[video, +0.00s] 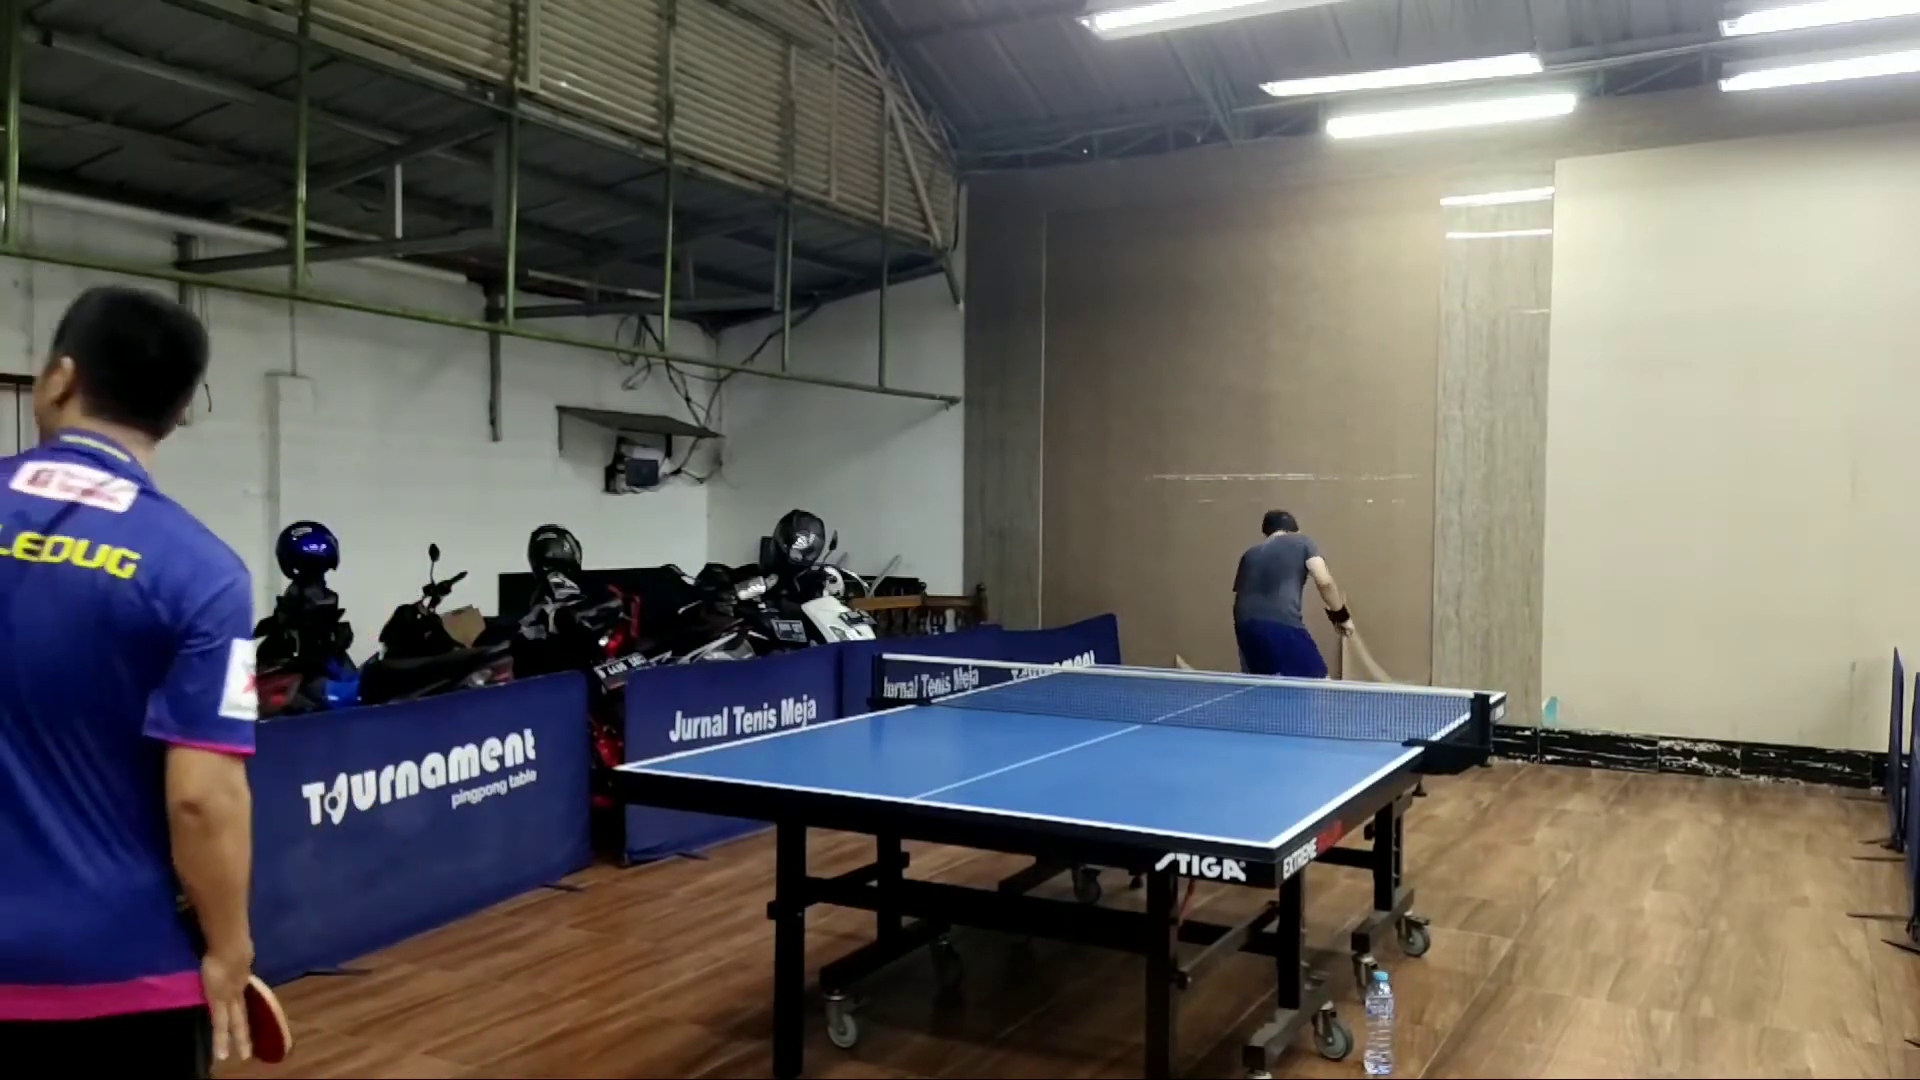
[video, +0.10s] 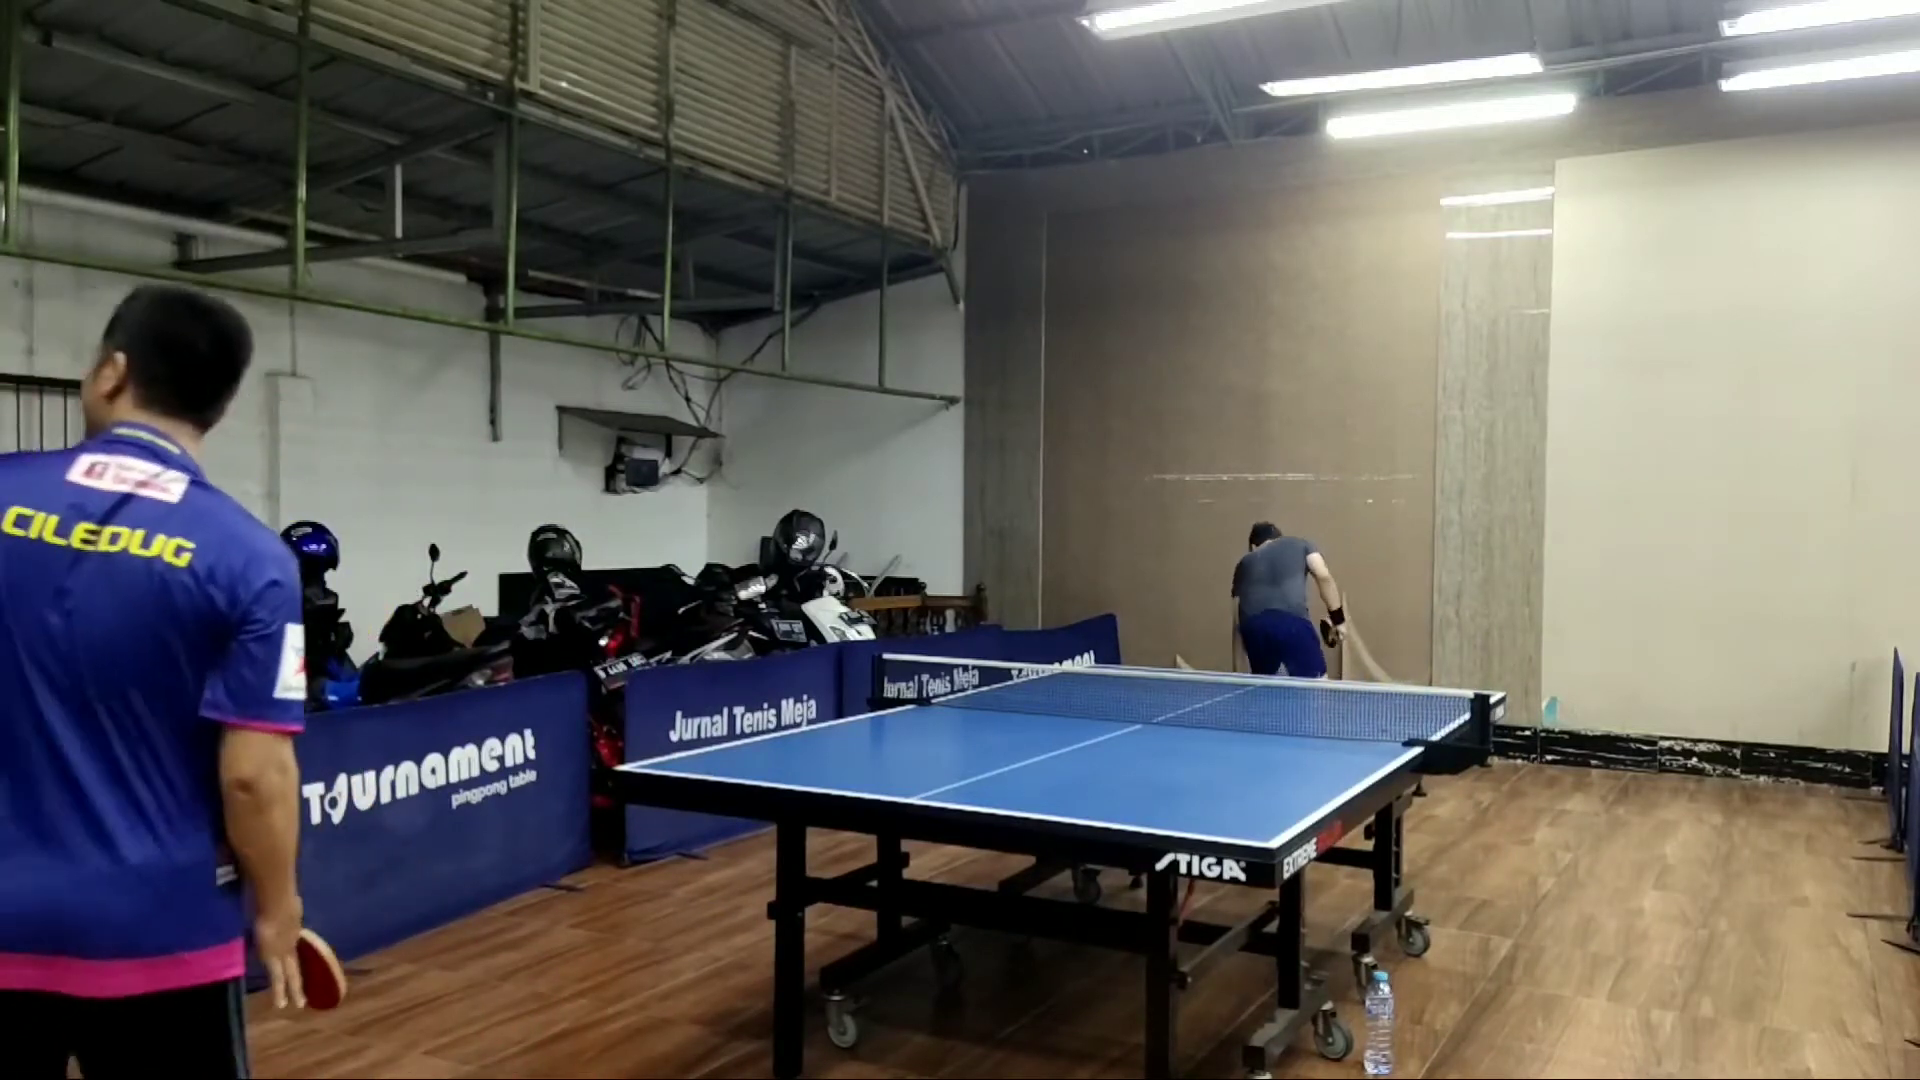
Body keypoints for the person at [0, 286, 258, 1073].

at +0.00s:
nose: (39, 379)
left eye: (45, 364)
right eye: (47, 362)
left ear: (61, 375)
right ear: (177, 415)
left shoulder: (5, 491)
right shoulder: (199, 570)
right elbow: (202, 796)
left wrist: (225, 950)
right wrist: (229, 951)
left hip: (6, 966)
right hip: (123, 981)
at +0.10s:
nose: (88, 378)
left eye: (94, 364)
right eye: (92, 362)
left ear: (114, 372)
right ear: (217, 411)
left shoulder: (9, 486)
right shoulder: (250, 559)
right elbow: (253, 774)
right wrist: (279, 914)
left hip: (8, 934)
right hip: (158, 952)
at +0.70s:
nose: (411, 422)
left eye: (410, 402)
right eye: (408, 401)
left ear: (307, 400)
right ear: (381, 407)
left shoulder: (211, 517)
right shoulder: (383, 521)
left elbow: (175, 682)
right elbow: (406, 697)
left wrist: (152, 823)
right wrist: (468, 824)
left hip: (234, 851)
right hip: (341, 859)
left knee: (269, 1043)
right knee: (346, 1059)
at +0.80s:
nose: (436, 411)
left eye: (434, 393)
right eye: (431, 392)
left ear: (338, 400)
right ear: (399, 400)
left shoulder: (255, 512)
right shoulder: (393, 507)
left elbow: (226, 667)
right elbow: (401, 676)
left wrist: (222, 802)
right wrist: (445, 831)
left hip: (272, 837)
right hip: (371, 841)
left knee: (297, 1022)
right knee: (437, 1017)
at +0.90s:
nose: (472, 410)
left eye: (468, 393)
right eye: (461, 394)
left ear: (392, 406)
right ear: (411, 405)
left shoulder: (304, 505)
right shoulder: (404, 505)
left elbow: (295, 661)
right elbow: (391, 666)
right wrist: (423, 825)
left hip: (309, 824)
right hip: (403, 818)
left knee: (317, 1011)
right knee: (508, 977)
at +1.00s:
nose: (502, 409)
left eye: (499, 393)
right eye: (486, 394)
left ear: (425, 408)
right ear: (429, 407)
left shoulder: (358, 496)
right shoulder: (422, 505)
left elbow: (342, 658)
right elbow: (390, 657)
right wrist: (417, 813)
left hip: (348, 808)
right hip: (445, 809)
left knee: (337, 1002)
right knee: (539, 968)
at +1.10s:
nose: (534, 415)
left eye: (531, 400)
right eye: (516, 401)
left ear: (465, 419)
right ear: (463, 417)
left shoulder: (417, 499)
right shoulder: (445, 516)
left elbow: (407, 663)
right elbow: (406, 668)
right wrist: (434, 817)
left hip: (395, 809)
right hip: (478, 814)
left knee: (357, 999)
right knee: (537, 996)